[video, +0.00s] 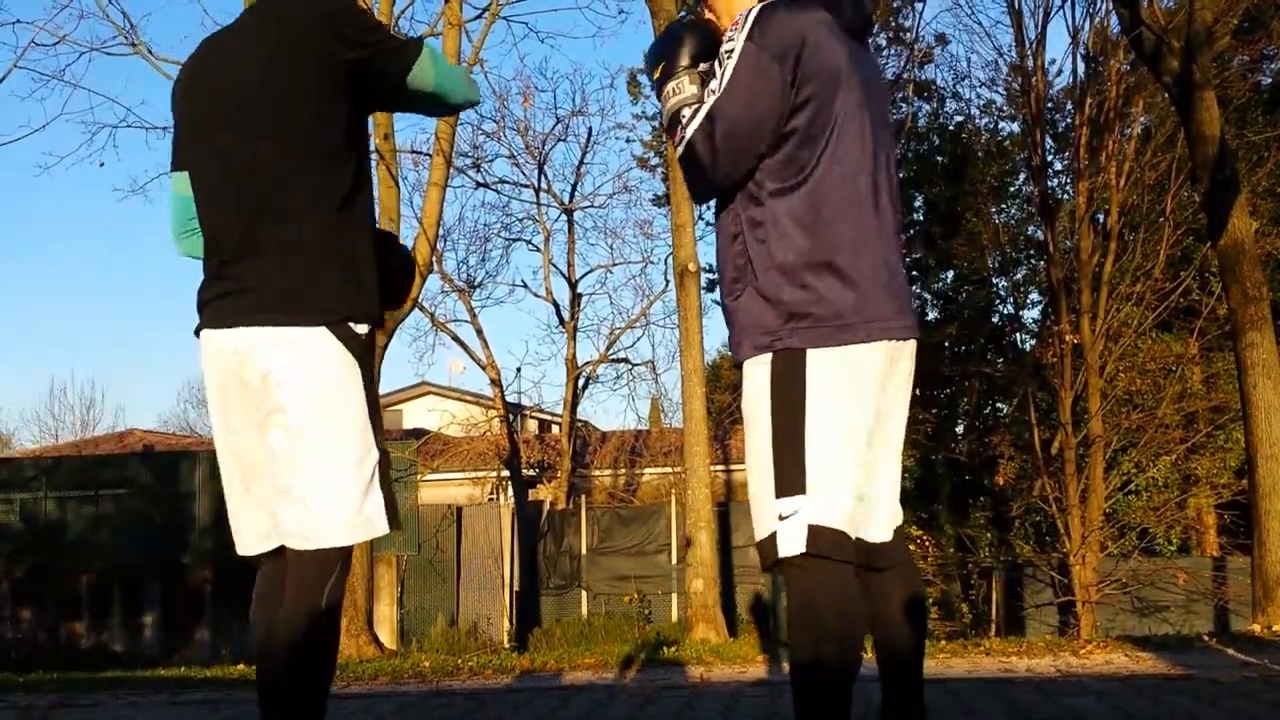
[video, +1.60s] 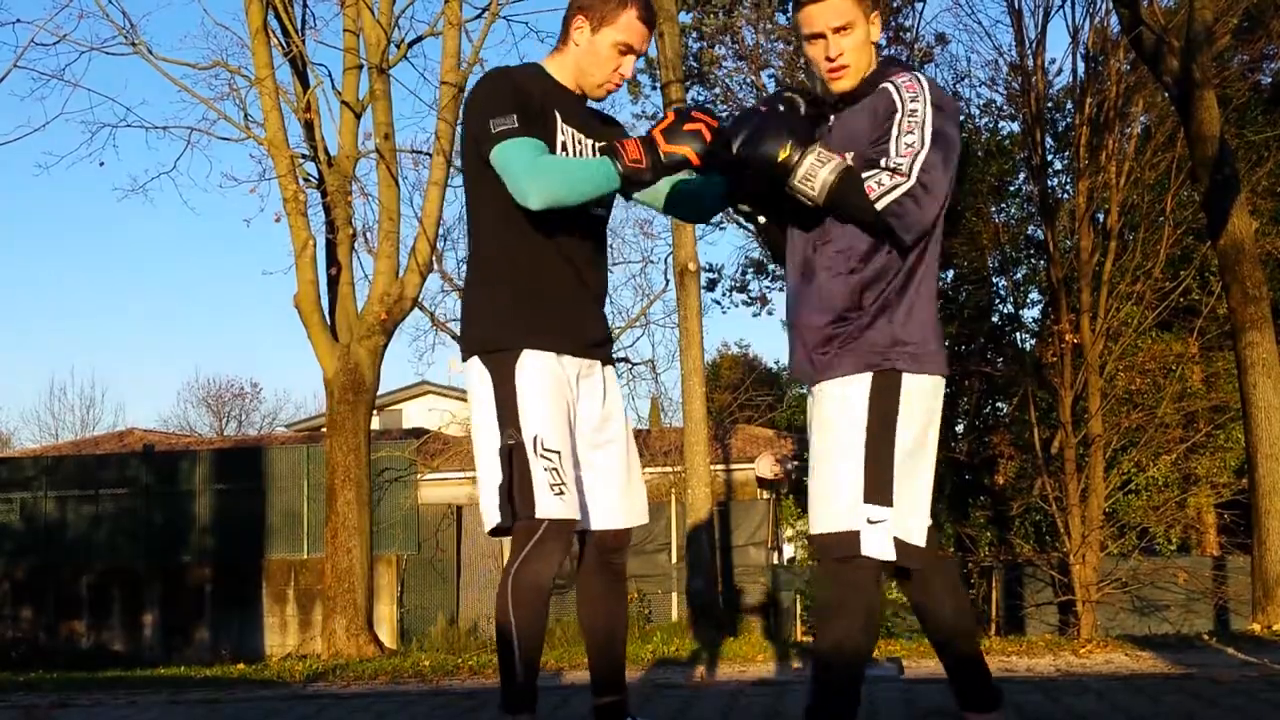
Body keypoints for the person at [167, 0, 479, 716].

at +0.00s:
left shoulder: (199, 66)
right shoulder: (331, 26)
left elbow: (188, 226)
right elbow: (459, 90)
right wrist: (371, 69)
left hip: (226, 332)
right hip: (311, 327)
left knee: (275, 544)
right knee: (319, 541)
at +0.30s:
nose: (431, 58)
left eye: (434, 42)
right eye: (432, 40)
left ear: (354, 22)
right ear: (410, 30)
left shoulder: (276, 111)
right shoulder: (374, 70)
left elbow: (258, 256)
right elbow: (493, 126)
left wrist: (389, 308)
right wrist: (437, 89)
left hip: (285, 350)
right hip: (345, 345)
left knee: (346, 542)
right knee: (403, 532)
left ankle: (335, 718)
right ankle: (335, 718)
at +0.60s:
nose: (482, 97)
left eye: (487, 83)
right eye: (483, 78)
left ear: (430, 49)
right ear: (452, 53)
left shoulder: (360, 108)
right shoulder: (401, 94)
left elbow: (379, 270)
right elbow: (499, 206)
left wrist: (467, 291)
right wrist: (456, 146)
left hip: (321, 347)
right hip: (370, 348)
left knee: (359, 536)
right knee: (465, 514)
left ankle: (344, 711)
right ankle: (445, 705)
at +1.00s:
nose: (558, 76)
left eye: (564, 61)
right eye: (555, 57)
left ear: (509, 35)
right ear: (513, 35)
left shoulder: (449, 98)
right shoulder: (469, 91)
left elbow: (481, 249)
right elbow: (538, 219)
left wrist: (568, 254)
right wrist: (562, 178)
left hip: (414, 342)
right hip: (446, 345)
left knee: (441, 534)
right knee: (493, 528)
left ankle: (378, 705)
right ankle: (503, 713)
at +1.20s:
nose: (594, 62)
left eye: (599, 48)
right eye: (589, 43)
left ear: (551, 30)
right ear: (543, 25)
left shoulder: (512, 105)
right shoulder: (490, 88)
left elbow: (506, 256)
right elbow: (504, 216)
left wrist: (578, 276)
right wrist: (576, 210)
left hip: (503, 345)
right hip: (473, 342)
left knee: (544, 523)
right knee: (514, 522)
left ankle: (490, 703)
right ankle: (494, 707)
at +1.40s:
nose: (620, 59)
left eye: (628, 46)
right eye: (617, 39)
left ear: (582, 26)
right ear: (570, 18)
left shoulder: (570, 126)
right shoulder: (493, 77)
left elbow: (592, 253)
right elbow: (465, 188)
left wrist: (649, 206)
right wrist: (571, 176)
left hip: (558, 348)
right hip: (491, 342)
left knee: (582, 530)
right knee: (514, 530)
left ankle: (606, 709)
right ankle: (508, 713)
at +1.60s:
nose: (629, 69)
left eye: (637, 57)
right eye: (623, 50)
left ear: (633, 54)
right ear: (580, 29)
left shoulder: (606, 132)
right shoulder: (502, 89)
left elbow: (688, 200)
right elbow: (535, 183)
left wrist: (752, 152)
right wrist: (636, 160)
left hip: (588, 348)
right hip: (516, 344)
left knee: (607, 533)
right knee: (546, 532)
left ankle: (610, 713)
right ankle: (518, 716)